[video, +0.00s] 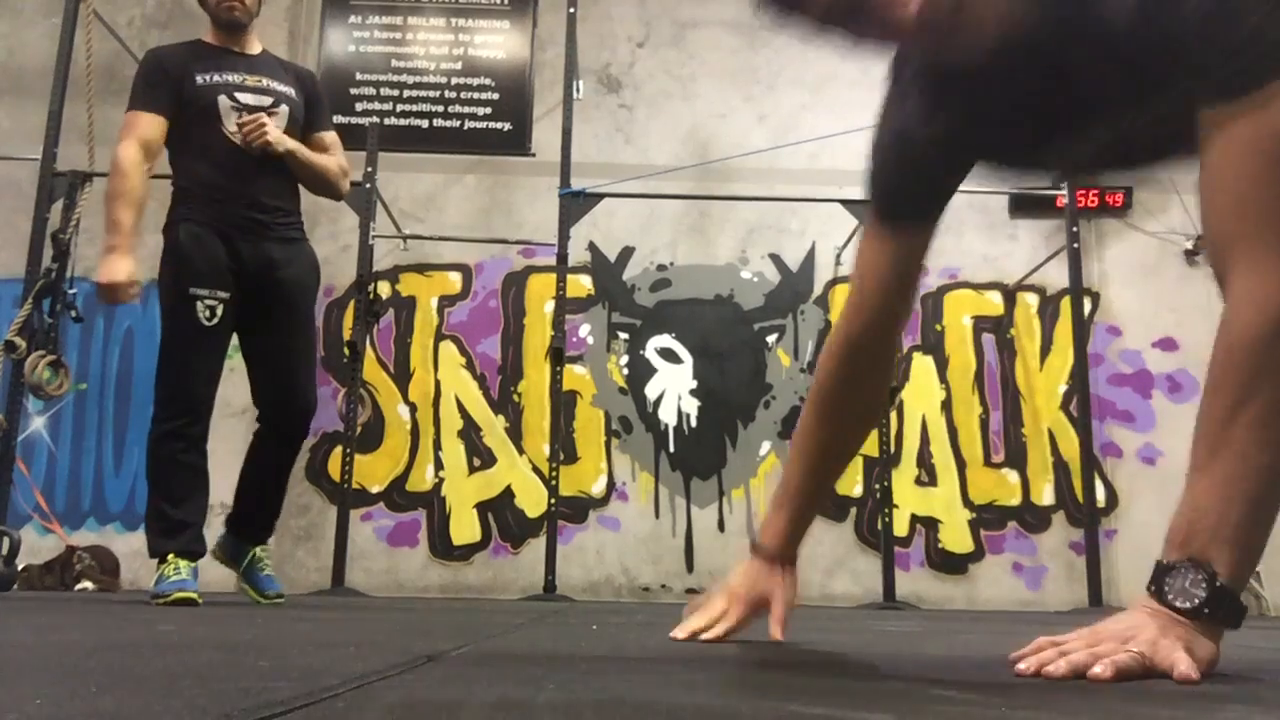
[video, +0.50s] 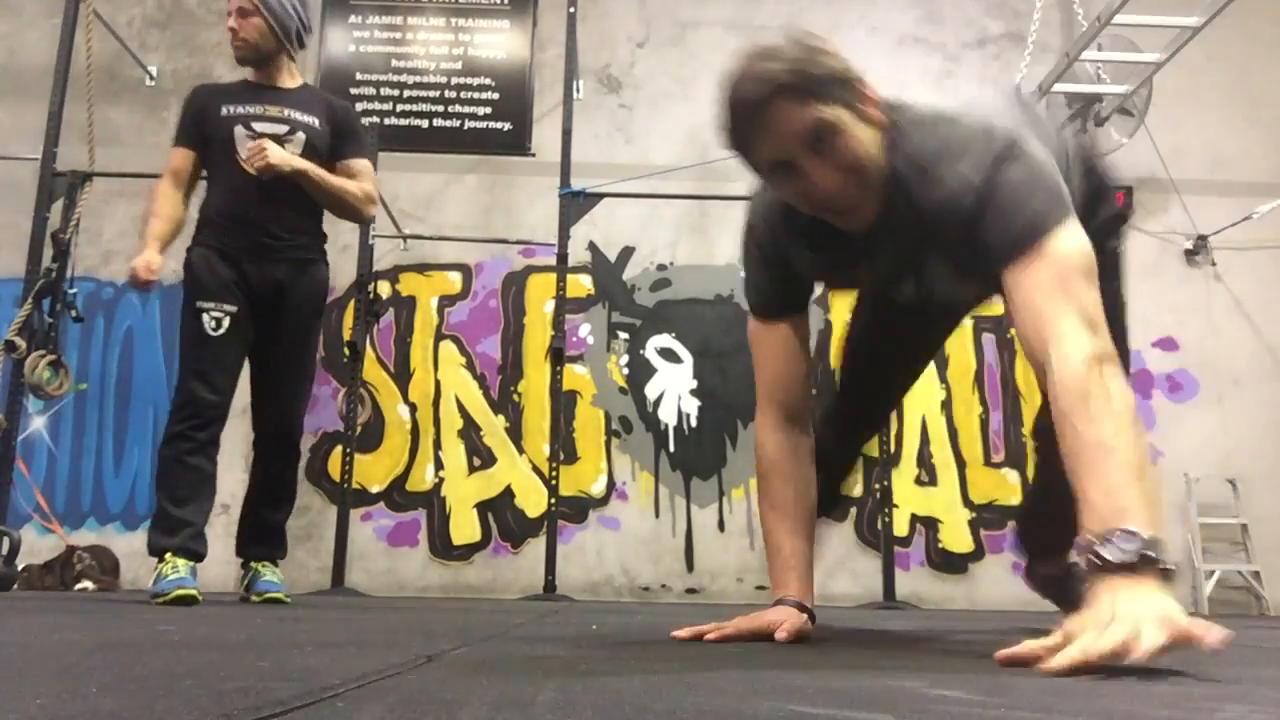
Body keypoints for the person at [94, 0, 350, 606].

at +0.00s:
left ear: (260, 4)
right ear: (204, 3)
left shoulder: (301, 80)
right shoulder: (171, 64)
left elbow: (339, 180)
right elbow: (135, 152)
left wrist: (287, 145)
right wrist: (117, 249)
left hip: (284, 261)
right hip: (201, 254)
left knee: (291, 411)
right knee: (184, 411)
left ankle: (244, 543)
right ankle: (177, 556)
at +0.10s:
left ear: (265, 5)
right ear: (209, 3)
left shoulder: (302, 82)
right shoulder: (171, 66)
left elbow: (340, 182)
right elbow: (121, 154)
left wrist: (294, 145)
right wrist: (95, 249)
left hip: (287, 257)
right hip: (204, 249)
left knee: (296, 410)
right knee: (186, 406)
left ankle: (261, 543)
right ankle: (177, 557)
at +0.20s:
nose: (242, 3)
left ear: (270, 7)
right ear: (214, 6)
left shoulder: (308, 88)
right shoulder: (176, 72)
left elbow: (340, 187)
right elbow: (123, 159)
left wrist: (293, 147)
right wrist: (89, 250)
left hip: (289, 261)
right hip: (207, 253)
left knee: (295, 416)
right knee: (188, 405)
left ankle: (274, 551)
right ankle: (176, 557)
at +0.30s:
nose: (234, 6)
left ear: (276, 11)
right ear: (218, 11)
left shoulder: (317, 95)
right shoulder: (186, 80)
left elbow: (345, 194)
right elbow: (137, 166)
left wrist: (295, 151)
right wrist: (101, 249)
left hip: (291, 268)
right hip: (209, 261)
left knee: (288, 418)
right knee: (189, 408)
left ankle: (270, 556)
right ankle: (177, 558)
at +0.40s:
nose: (231, 12)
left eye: (246, 4)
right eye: (229, 4)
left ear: (283, 16)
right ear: (227, 14)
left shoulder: (326, 105)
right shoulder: (197, 91)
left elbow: (357, 199)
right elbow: (156, 174)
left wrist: (295, 155)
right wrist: (125, 248)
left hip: (293, 273)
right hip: (213, 265)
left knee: (282, 422)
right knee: (192, 410)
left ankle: (265, 558)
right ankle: (177, 557)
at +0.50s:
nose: (232, 23)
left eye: (246, 14)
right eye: (231, 13)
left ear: (286, 26)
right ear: (236, 26)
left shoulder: (334, 113)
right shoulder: (208, 101)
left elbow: (366, 203)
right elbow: (175, 182)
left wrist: (299, 165)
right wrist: (153, 245)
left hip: (296, 281)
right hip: (218, 273)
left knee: (280, 424)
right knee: (198, 410)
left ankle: (262, 560)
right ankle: (176, 557)